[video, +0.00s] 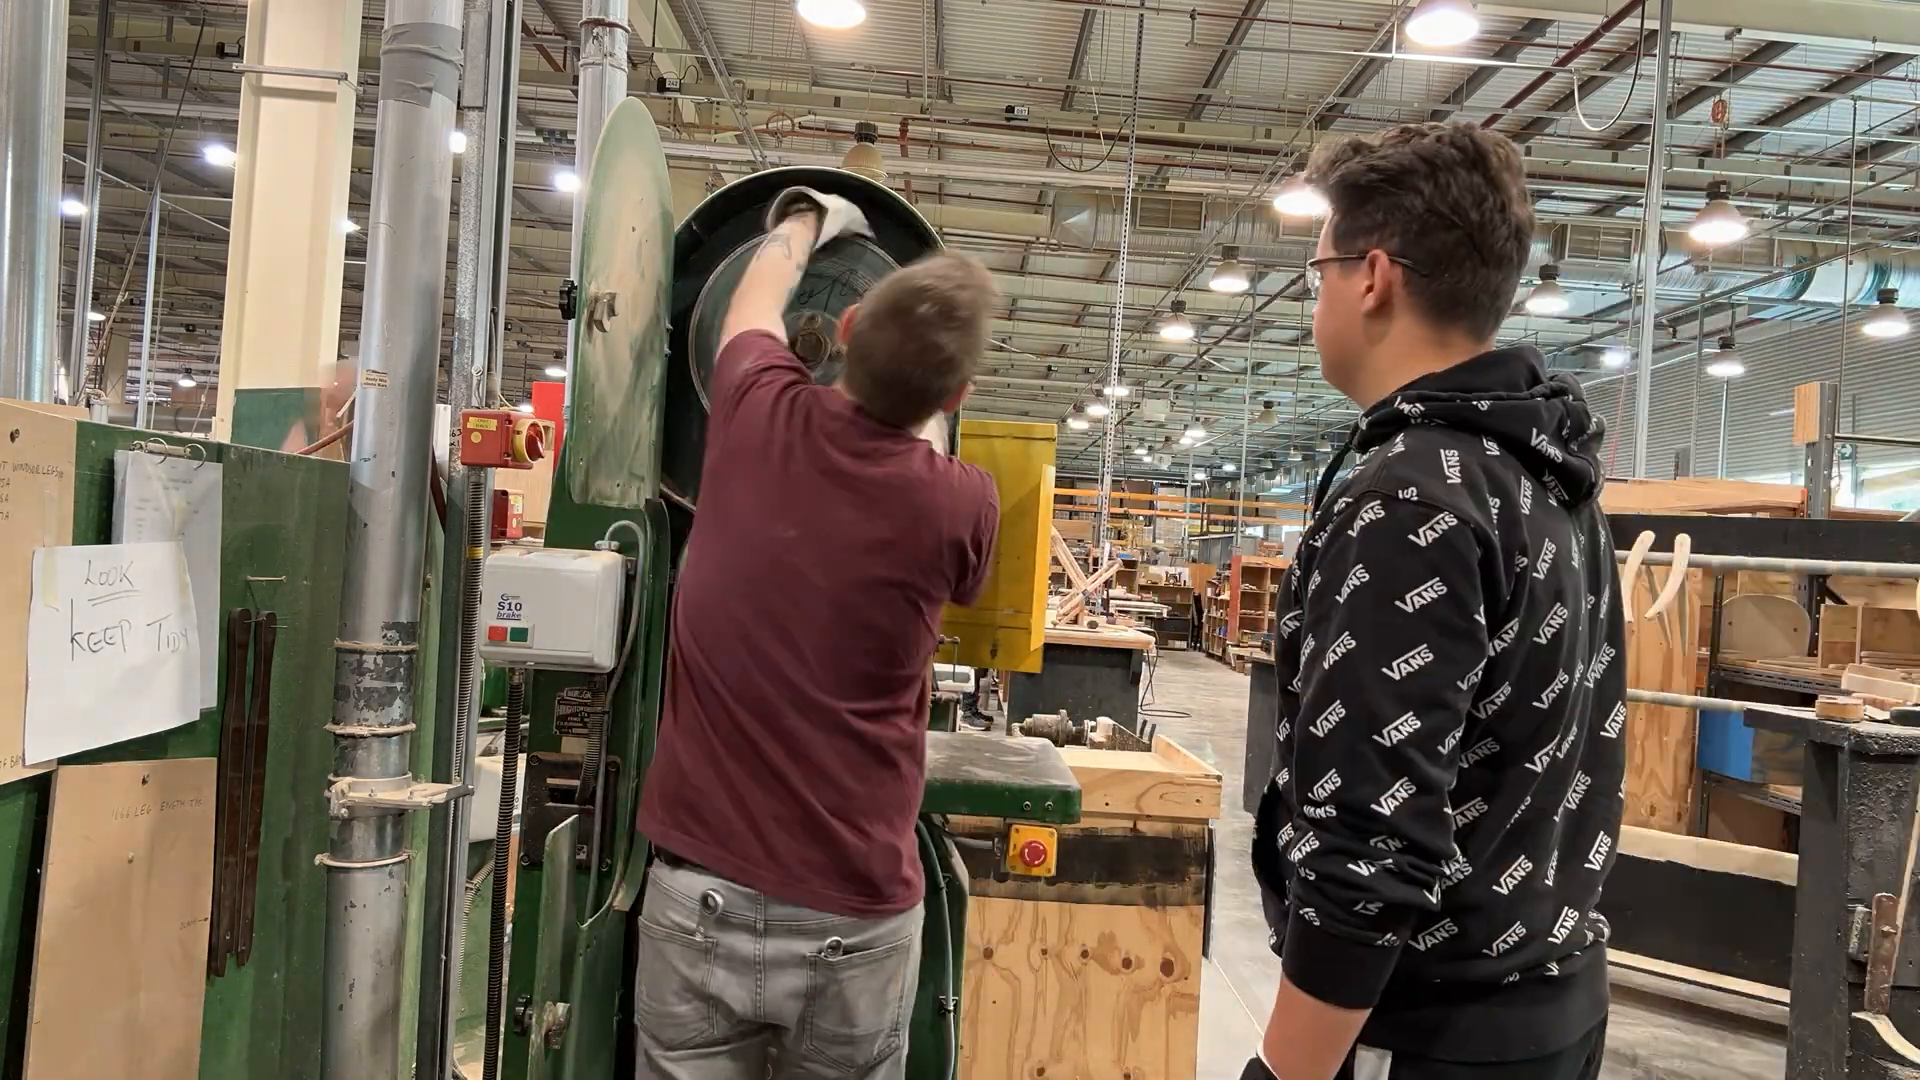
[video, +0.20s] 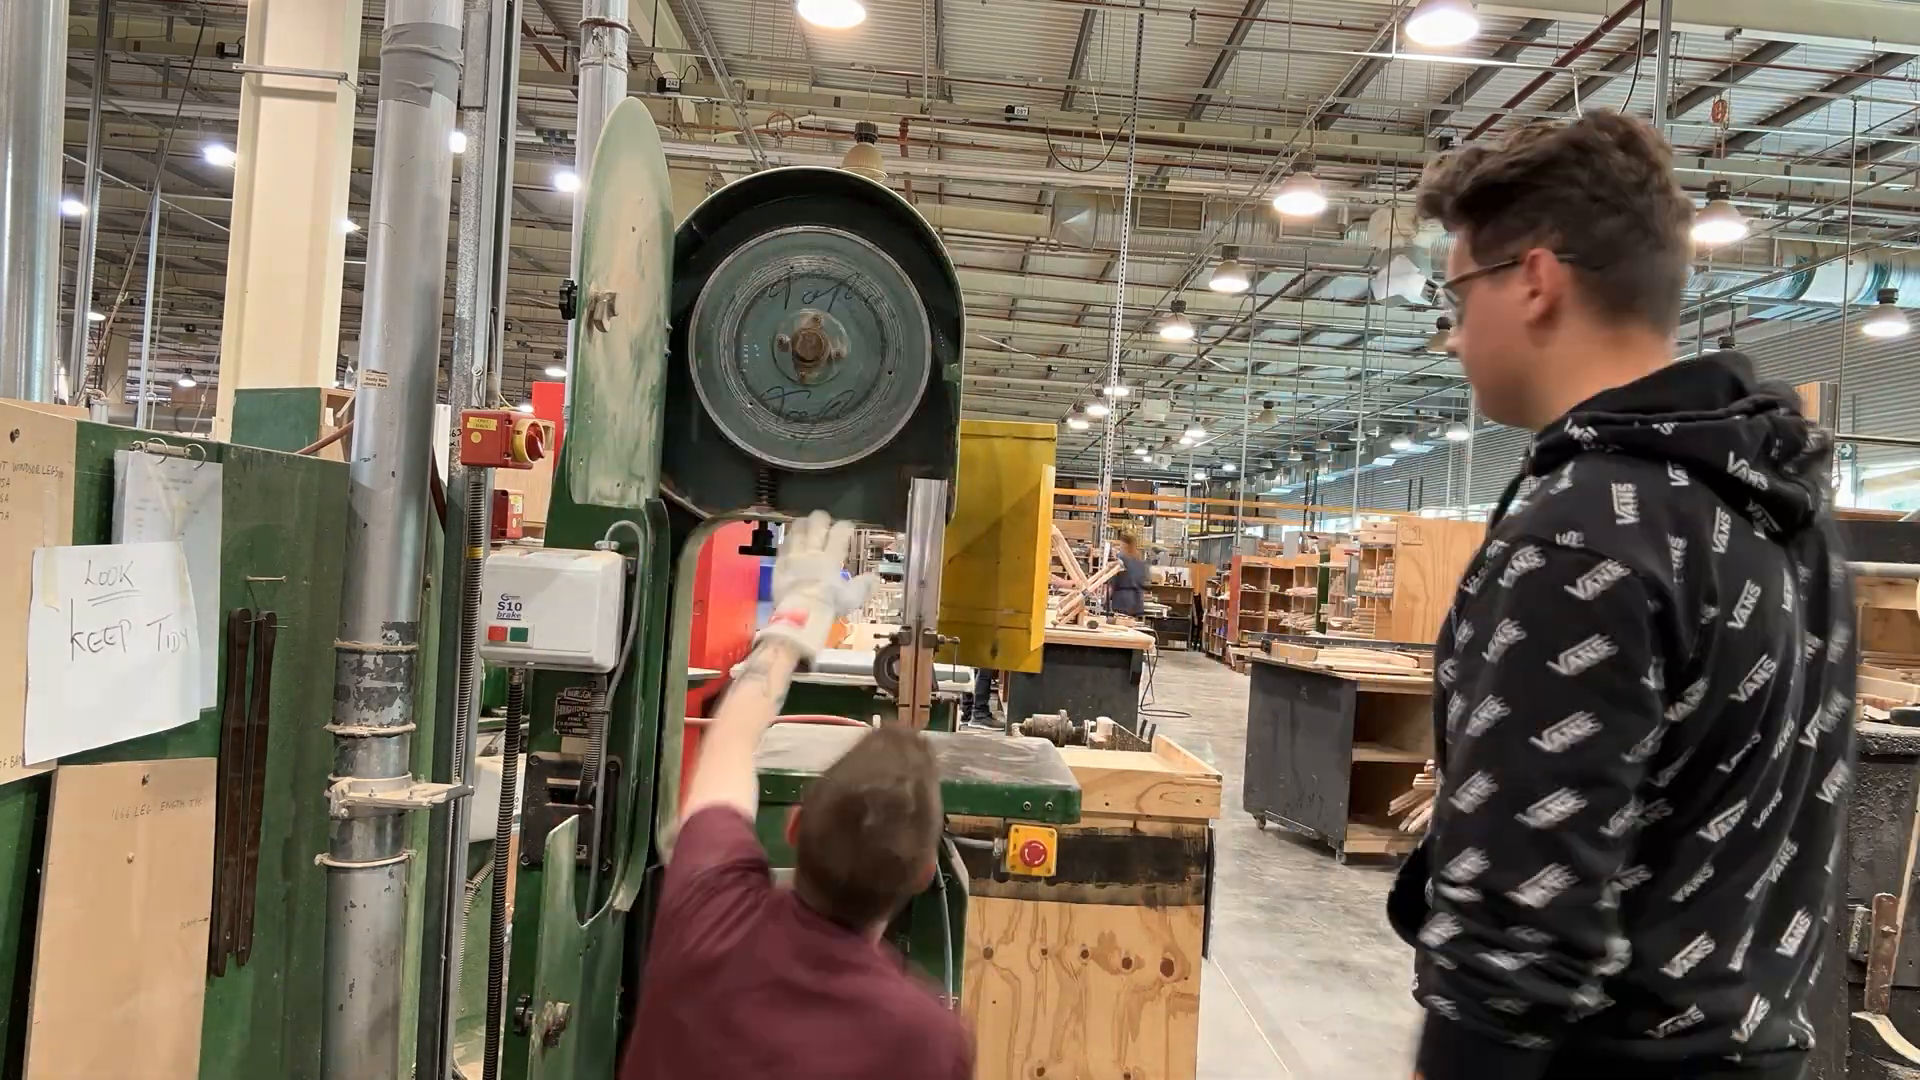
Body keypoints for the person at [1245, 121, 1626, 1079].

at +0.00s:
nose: (1314, 302)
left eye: (1322, 270)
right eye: (1316, 271)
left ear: (1378, 278)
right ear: (1485, 286)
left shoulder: (1414, 496)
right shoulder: (1545, 467)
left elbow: (1367, 859)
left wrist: (1285, 1070)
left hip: (1444, 1028)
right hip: (1550, 1001)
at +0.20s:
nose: (1451, 337)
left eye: (1459, 295)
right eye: (1451, 301)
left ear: (1537, 283)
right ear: (1657, 288)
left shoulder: (1581, 531)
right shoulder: (1780, 497)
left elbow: (1517, 945)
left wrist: (1454, 1056)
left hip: (1598, 1043)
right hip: (1756, 1030)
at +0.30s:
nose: (1418, 393)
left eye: (1408, 349)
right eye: (1402, 358)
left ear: (1471, 310)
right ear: (1589, 297)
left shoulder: (1550, 542)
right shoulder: (1775, 493)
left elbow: (1517, 962)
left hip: (1621, 1042)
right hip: (1789, 1031)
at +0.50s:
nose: (1264, 376)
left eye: (1256, 340)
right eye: (1252, 347)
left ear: (1312, 314)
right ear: (1418, 295)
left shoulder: (1375, 497)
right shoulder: (1577, 476)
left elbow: (1456, 837)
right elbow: (1652, 733)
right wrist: (1682, 923)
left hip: (1394, 1036)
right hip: (1567, 1031)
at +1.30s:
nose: (1299, 339)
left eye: (1298, 304)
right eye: (1293, 308)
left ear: (1351, 292)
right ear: (1464, 294)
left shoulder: (1393, 492)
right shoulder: (1588, 481)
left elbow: (1479, 832)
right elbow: (1647, 738)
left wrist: (1640, 972)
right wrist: (1691, 929)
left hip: (1404, 1034)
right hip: (1575, 1028)